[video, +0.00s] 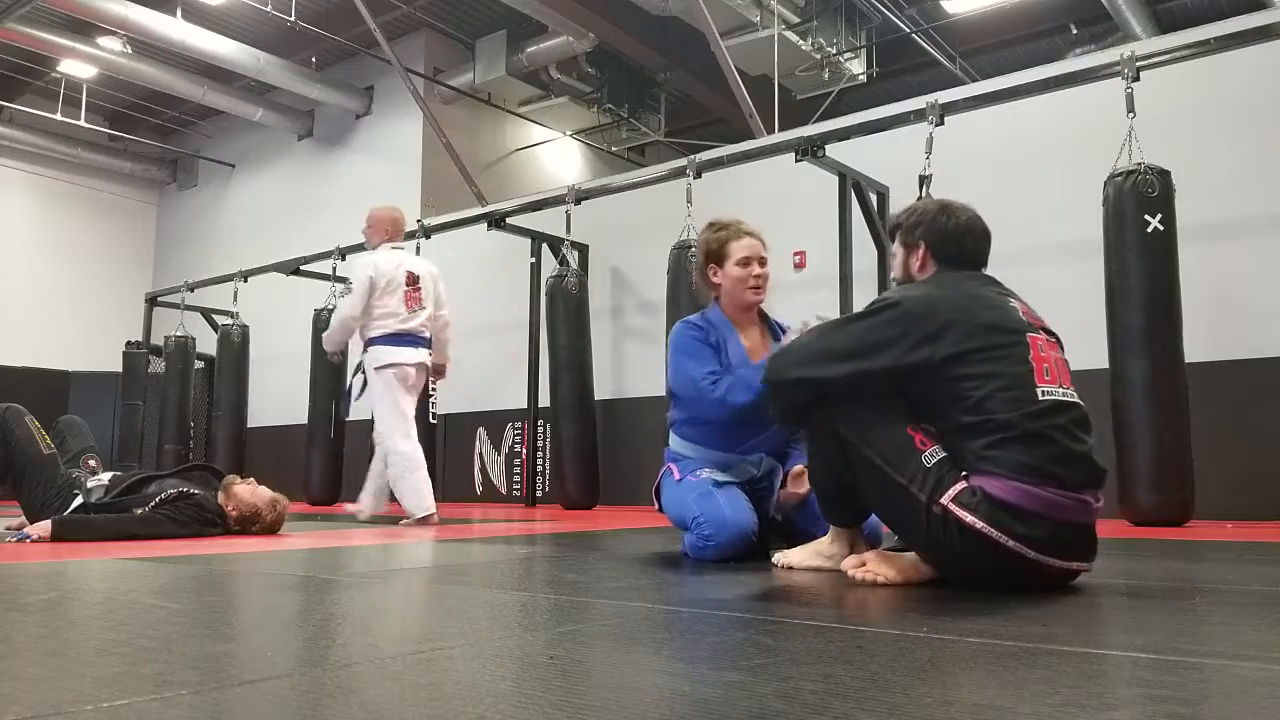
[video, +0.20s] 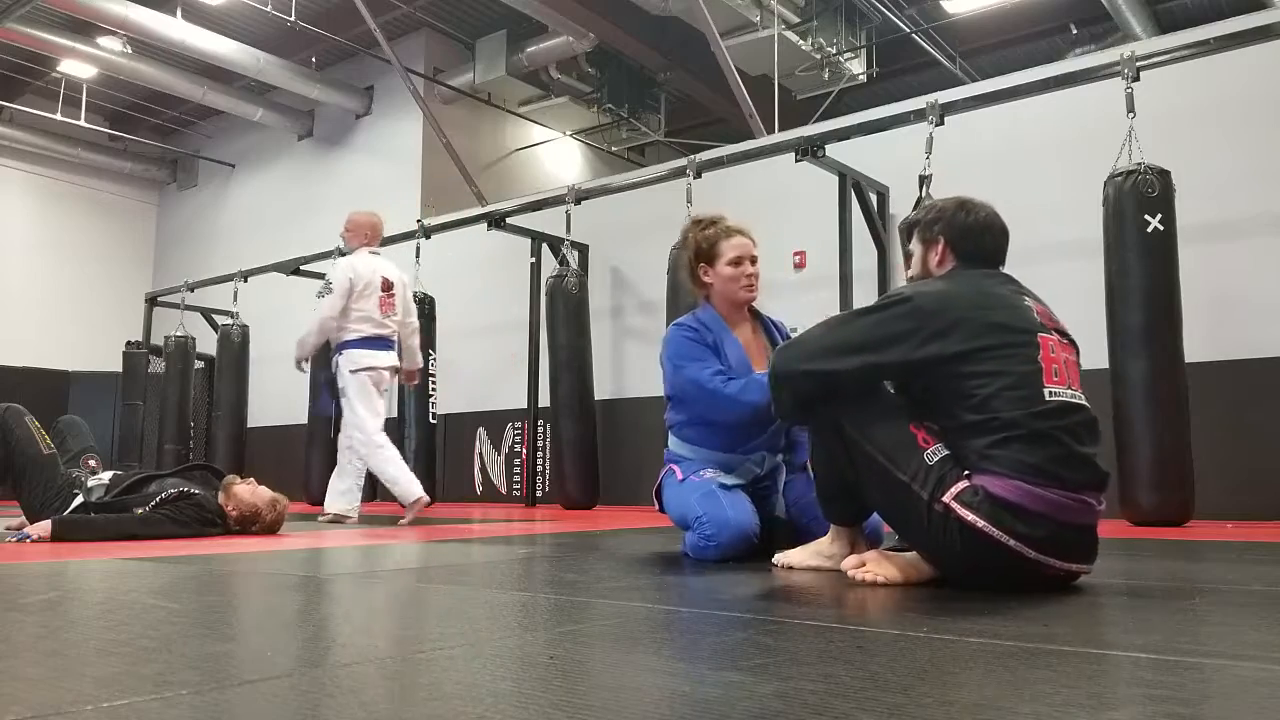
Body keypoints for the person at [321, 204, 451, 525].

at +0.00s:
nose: (363, 232)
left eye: (368, 227)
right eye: (365, 227)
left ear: (386, 232)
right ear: (397, 233)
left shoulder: (370, 263)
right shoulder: (426, 267)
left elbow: (350, 313)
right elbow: (441, 319)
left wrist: (331, 342)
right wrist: (440, 358)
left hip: (384, 357)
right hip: (419, 358)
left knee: (398, 434)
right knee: (389, 433)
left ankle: (422, 509)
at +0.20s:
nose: (343, 235)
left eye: (348, 231)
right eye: (344, 229)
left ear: (367, 235)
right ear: (374, 236)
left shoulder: (347, 266)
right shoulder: (397, 272)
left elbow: (327, 317)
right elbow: (409, 322)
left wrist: (303, 350)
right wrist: (412, 362)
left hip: (355, 358)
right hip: (386, 360)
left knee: (366, 433)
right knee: (355, 434)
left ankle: (412, 495)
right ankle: (342, 506)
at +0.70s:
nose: (274, 241)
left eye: (281, 238)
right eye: (276, 236)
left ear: (298, 245)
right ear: (303, 247)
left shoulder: (288, 276)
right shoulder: (316, 279)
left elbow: (291, 322)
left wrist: (286, 365)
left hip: (279, 366)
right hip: (310, 367)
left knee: (253, 433)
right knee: (319, 438)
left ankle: (236, 504)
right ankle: (339, 499)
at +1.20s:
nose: (205, 246)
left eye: (211, 243)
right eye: (206, 241)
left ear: (230, 249)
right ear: (232, 251)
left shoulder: (219, 276)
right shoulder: (248, 282)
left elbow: (184, 294)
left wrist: (133, 274)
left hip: (214, 364)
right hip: (239, 367)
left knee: (215, 436)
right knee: (213, 437)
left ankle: (228, 499)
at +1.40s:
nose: (185, 252)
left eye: (191, 247)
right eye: (186, 247)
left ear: (208, 253)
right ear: (211, 255)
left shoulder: (198, 279)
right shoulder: (228, 287)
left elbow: (178, 307)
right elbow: (233, 336)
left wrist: (122, 299)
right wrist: (224, 368)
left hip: (191, 369)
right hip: (215, 372)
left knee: (184, 440)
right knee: (191, 439)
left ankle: (212, 495)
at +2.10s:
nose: (88, 258)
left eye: (94, 253)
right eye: (89, 253)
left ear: (112, 256)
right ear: (117, 258)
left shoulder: (104, 285)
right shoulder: (145, 292)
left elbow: (89, 331)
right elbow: (154, 337)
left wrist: (63, 370)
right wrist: (139, 371)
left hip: (102, 370)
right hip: (132, 373)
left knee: (90, 438)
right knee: (116, 437)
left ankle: (92, 500)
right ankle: (141, 486)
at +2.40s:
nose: (56, 259)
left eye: (62, 255)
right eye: (58, 255)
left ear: (81, 260)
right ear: (85, 261)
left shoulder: (68, 285)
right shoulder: (111, 293)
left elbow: (51, 327)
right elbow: (121, 340)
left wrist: (13, 359)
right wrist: (113, 375)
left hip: (71, 372)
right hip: (100, 375)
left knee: (65, 440)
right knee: (77, 438)